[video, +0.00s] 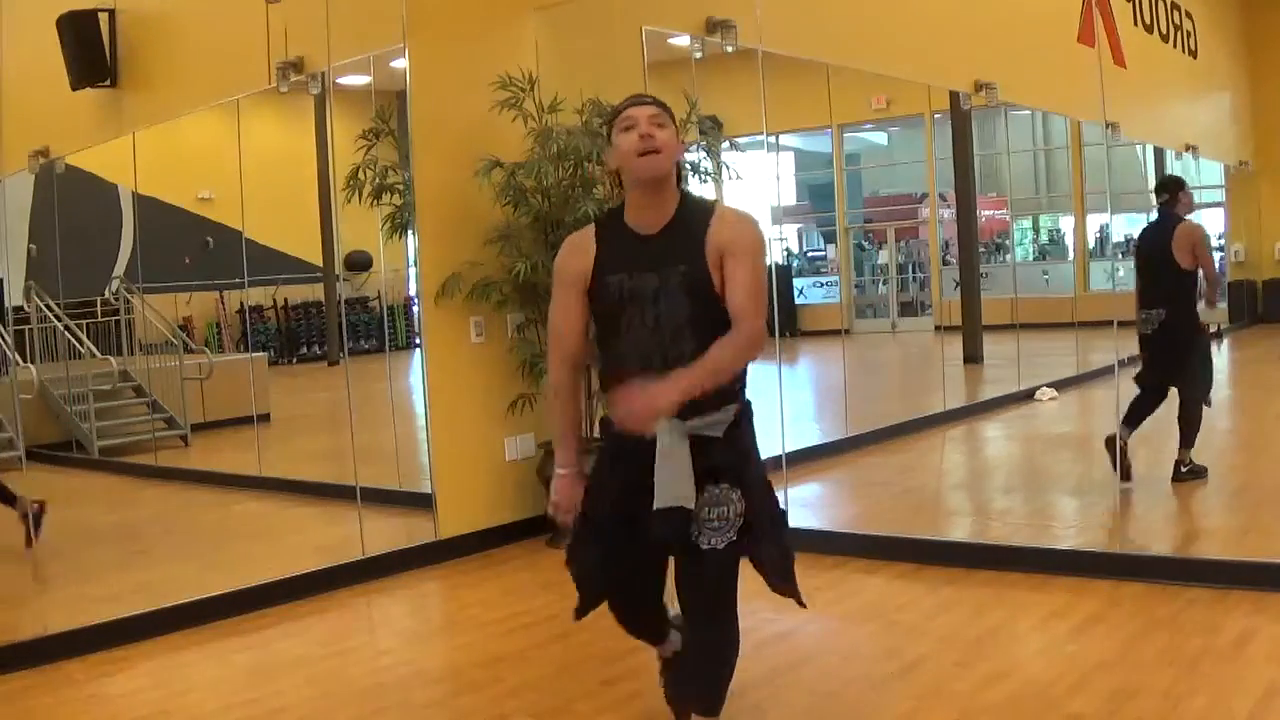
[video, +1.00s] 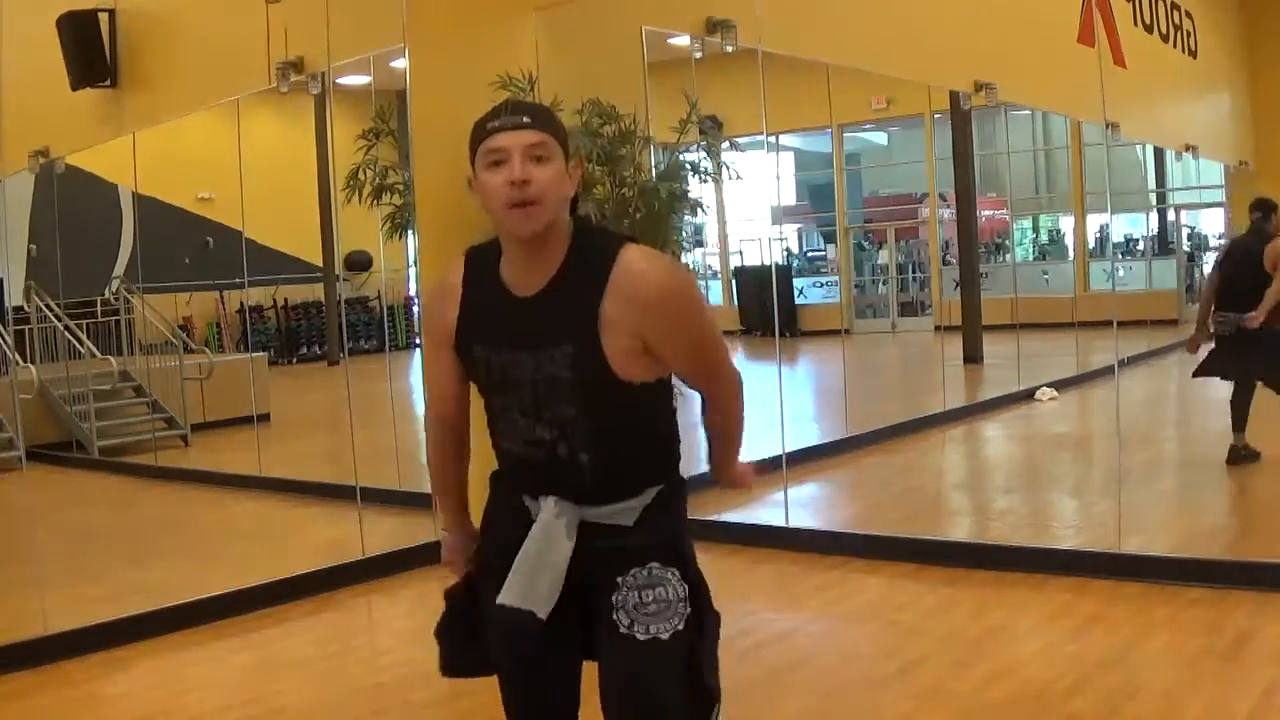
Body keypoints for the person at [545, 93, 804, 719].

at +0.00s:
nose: (646, 133)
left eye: (658, 124)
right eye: (629, 129)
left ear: (681, 147)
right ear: (611, 159)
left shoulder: (731, 232)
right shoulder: (581, 250)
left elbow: (750, 334)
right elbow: (565, 362)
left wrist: (670, 390)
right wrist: (566, 465)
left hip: (714, 439)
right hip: (628, 442)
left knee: (707, 599)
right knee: (625, 589)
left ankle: (698, 707)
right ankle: (670, 641)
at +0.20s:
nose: (670, 123)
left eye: (679, 114)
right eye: (651, 112)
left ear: (692, 134)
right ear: (617, 137)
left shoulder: (730, 204)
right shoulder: (576, 230)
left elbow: (712, 231)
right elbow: (558, 346)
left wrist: (666, 179)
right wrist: (572, 456)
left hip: (706, 435)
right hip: (613, 443)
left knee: (706, 603)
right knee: (604, 612)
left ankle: (705, 714)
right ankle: (606, 717)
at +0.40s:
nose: (656, 125)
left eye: (668, 115)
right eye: (636, 116)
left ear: (685, 134)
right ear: (607, 138)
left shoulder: (712, 195)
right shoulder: (557, 217)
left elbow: (651, 209)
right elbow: (552, 346)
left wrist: (558, 200)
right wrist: (610, 452)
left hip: (690, 453)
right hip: (590, 459)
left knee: (703, 629)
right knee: (591, 647)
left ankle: (705, 712)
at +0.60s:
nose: (587, 126)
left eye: (601, 113)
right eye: (568, 116)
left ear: (626, 132)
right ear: (547, 140)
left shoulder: (679, 220)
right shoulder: (508, 240)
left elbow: (665, 354)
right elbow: (498, 369)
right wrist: (550, 467)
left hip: (660, 473)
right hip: (554, 477)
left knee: (683, 646)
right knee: (565, 680)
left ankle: (696, 711)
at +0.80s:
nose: (535, 149)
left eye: (553, 133)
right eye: (516, 138)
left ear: (586, 152)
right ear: (498, 164)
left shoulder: (646, 255)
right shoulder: (476, 270)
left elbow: (732, 382)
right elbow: (455, 404)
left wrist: (779, 500)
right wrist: (447, 529)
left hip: (639, 506)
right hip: (534, 505)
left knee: (659, 698)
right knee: (542, 701)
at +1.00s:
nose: (517, 174)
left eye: (537, 157)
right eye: (497, 161)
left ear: (573, 177)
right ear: (475, 189)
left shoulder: (645, 282)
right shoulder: (456, 292)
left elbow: (720, 383)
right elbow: (446, 418)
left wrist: (727, 468)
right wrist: (454, 525)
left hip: (636, 536)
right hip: (523, 536)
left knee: (650, 705)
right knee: (532, 706)